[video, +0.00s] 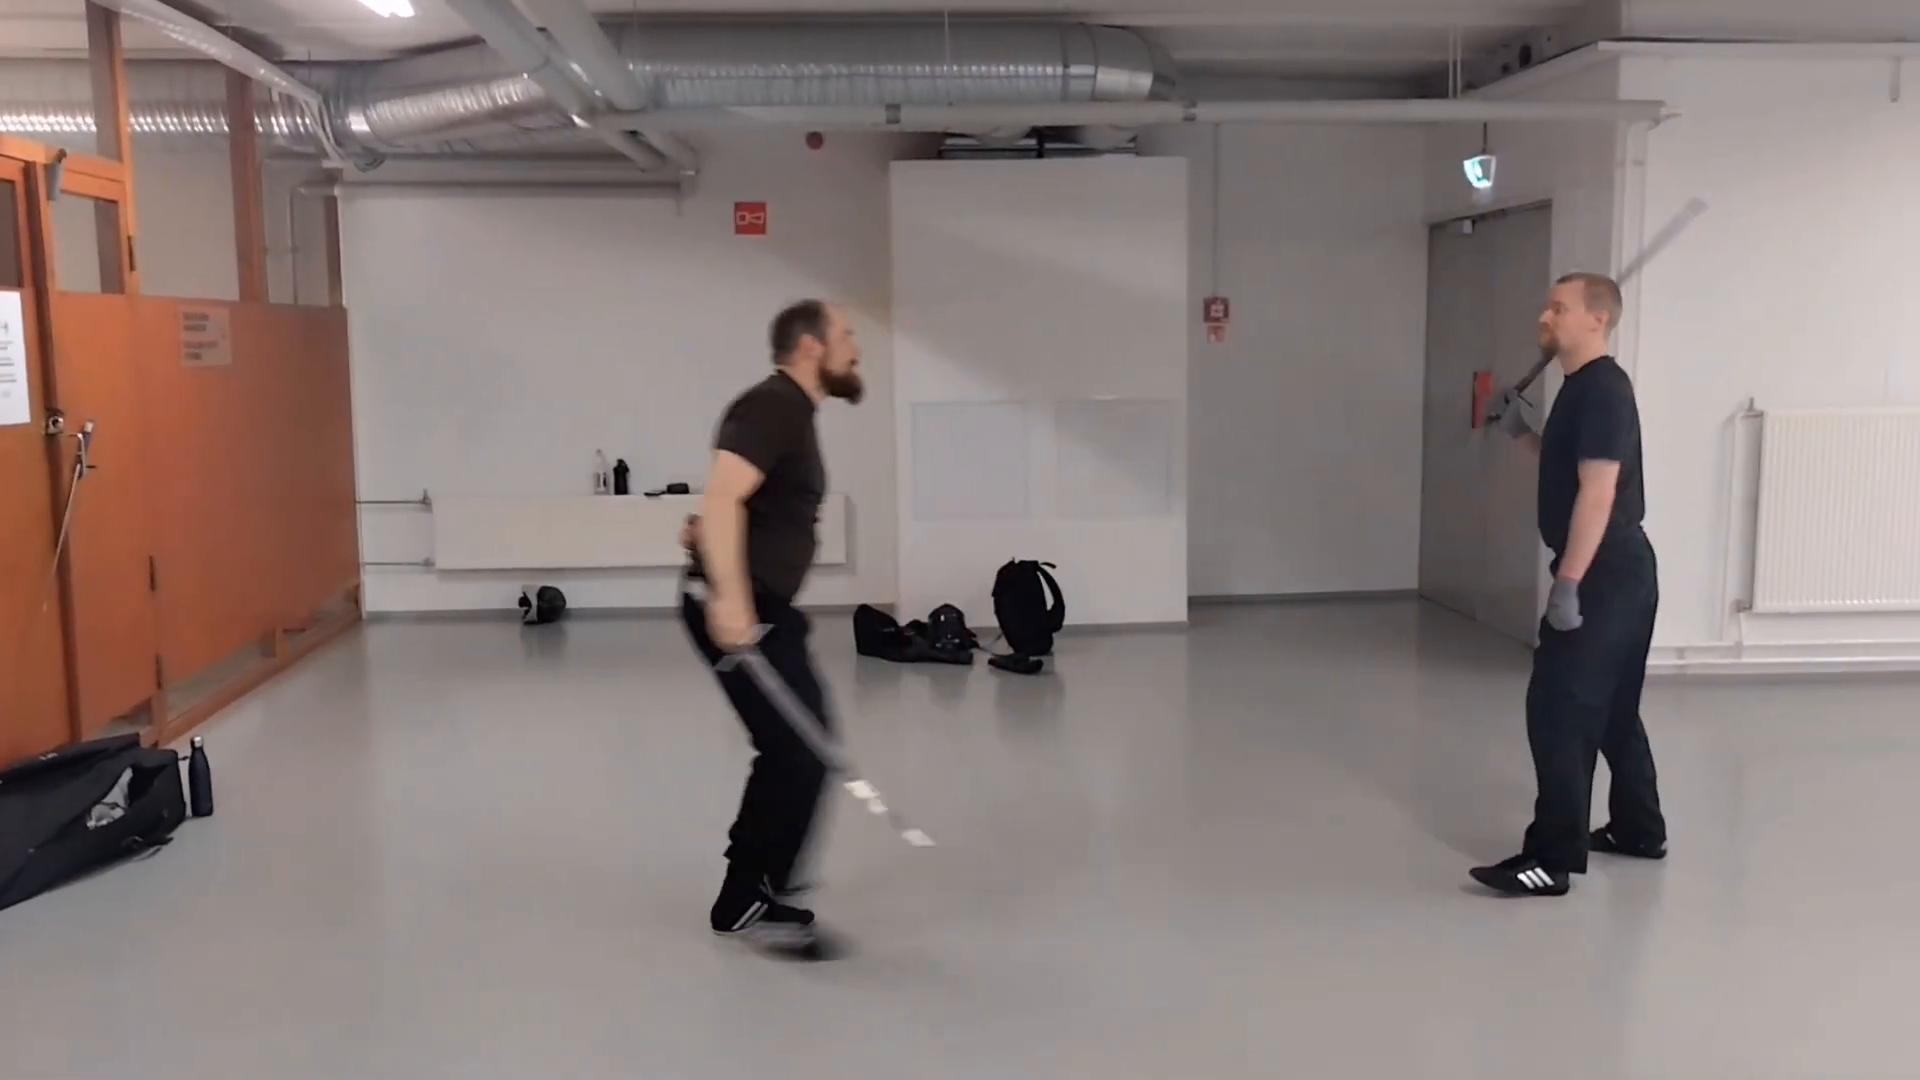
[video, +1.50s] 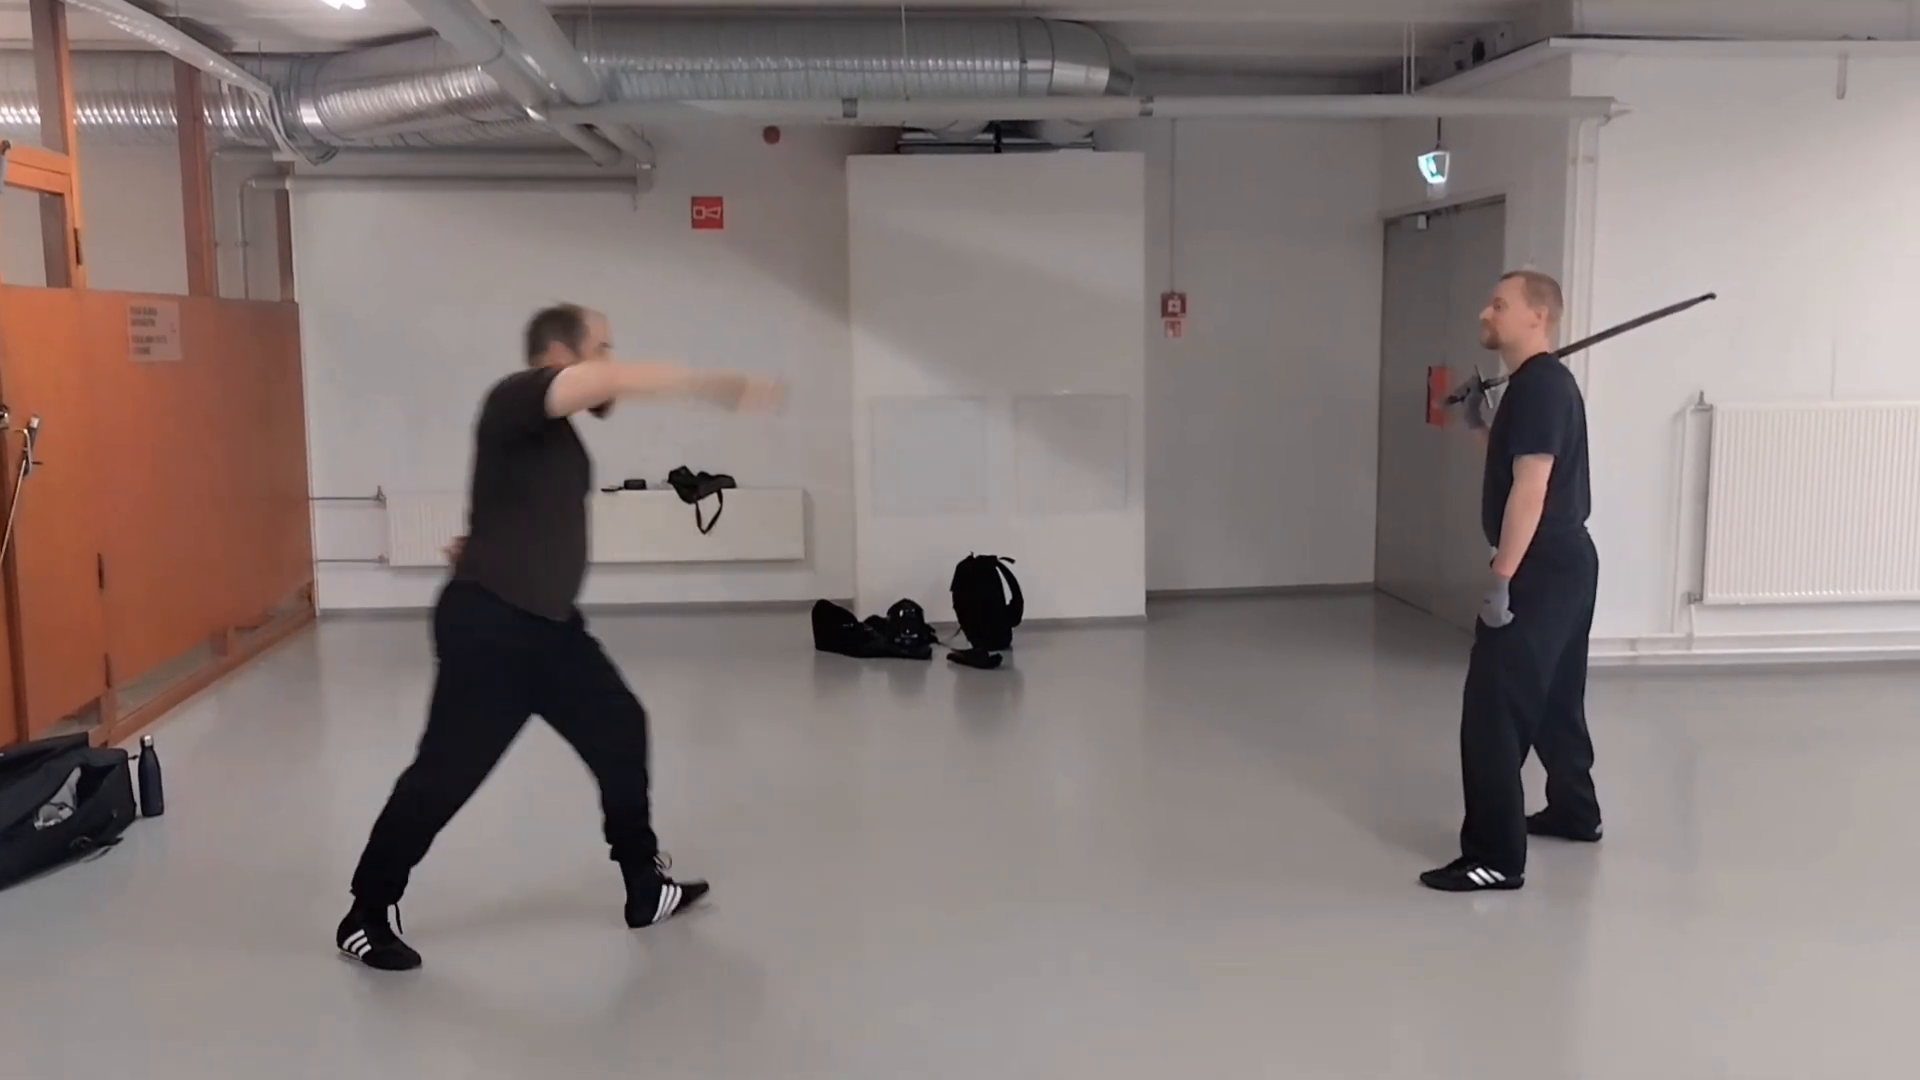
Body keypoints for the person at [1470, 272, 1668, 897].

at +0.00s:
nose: (1544, 318)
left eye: (1557, 308)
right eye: (1545, 308)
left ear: (1597, 321)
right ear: (1587, 323)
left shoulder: (1601, 386)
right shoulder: (1582, 386)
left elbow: (1598, 489)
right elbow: (1563, 475)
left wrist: (1567, 580)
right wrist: (1521, 430)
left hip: (1601, 571)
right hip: (1613, 566)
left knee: (1557, 708)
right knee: (1612, 706)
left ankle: (1553, 858)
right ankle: (1639, 828)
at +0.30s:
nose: (1512, 323)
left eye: (1525, 314)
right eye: (1516, 313)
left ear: (1566, 326)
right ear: (1564, 328)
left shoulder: (1563, 393)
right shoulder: (1572, 389)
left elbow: (1553, 495)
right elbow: (1544, 473)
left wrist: (1516, 585)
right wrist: (1505, 432)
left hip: (1561, 577)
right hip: (1587, 572)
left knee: (1504, 715)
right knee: (1572, 703)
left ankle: (1520, 868)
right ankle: (1617, 827)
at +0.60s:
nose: (1491, 330)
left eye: (1503, 319)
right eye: (1493, 319)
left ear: (1542, 328)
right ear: (1540, 330)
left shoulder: (1546, 396)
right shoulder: (1552, 393)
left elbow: (1537, 503)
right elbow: (1523, 477)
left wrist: (1503, 592)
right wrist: (1482, 433)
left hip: (1550, 577)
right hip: (1574, 571)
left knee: (1494, 716)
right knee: (1560, 703)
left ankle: (1509, 869)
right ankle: (1588, 820)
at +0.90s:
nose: (1496, 322)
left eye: (1509, 312)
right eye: (1499, 312)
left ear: (1548, 323)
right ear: (1547, 326)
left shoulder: (1552, 392)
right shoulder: (1551, 389)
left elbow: (1549, 499)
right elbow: (1522, 476)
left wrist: (1520, 588)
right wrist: (1493, 426)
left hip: (1552, 571)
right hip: (1573, 565)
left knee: (1500, 709)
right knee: (1565, 698)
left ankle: (1504, 863)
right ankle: (1585, 817)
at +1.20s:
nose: (1491, 318)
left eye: (1504, 308)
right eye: (1494, 308)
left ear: (1544, 320)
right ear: (1544, 324)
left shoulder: (1545, 387)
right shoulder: (1555, 385)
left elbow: (1540, 486)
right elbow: (1524, 469)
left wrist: (1509, 579)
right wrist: (1488, 425)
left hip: (1548, 567)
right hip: (1573, 561)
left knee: (1499, 712)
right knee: (1565, 697)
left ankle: (1501, 862)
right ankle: (1580, 813)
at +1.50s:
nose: (1485, 314)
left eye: (1498, 305)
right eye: (1488, 305)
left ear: (1538, 317)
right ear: (1538, 321)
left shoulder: (1538, 383)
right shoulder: (1543, 381)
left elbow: (1533, 483)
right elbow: (1516, 466)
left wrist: (1500, 578)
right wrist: (1480, 423)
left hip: (1540, 567)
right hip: (1563, 561)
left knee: (1490, 708)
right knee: (1555, 694)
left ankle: (1494, 859)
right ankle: (1575, 811)